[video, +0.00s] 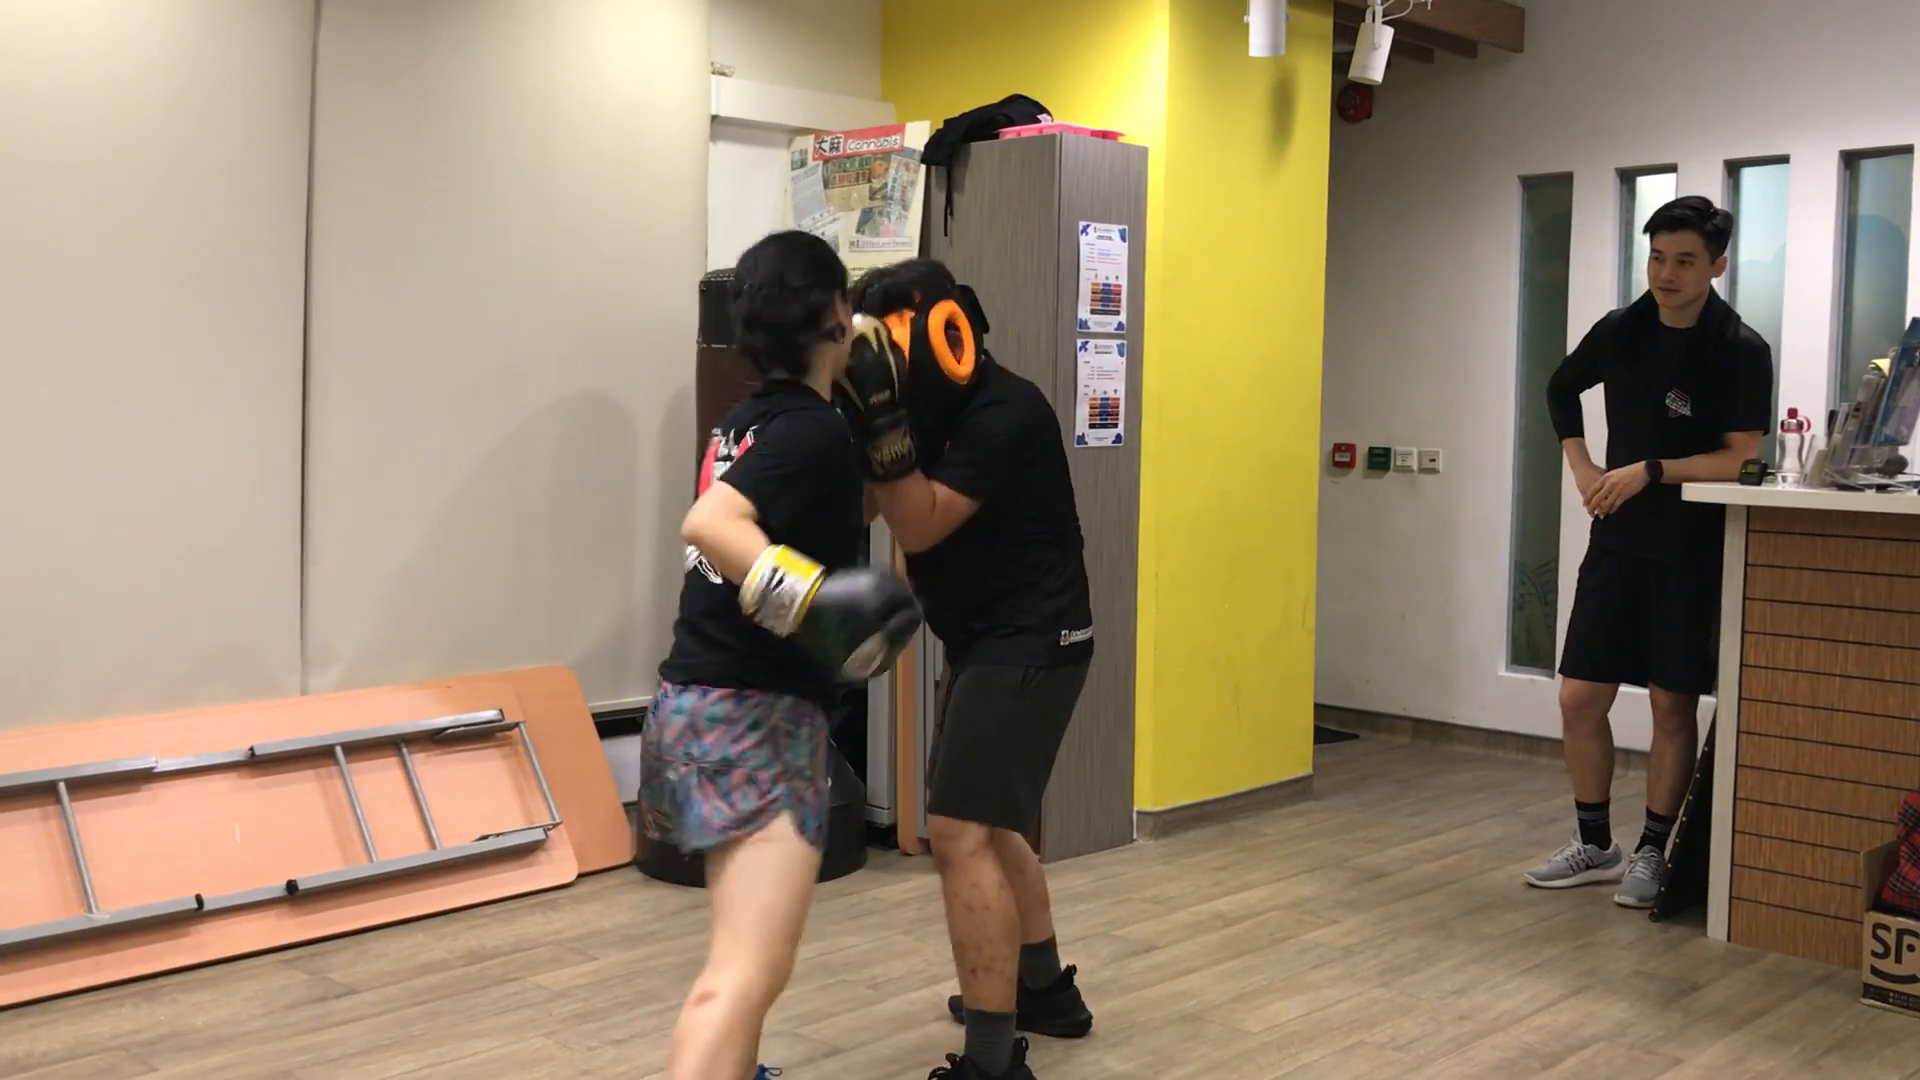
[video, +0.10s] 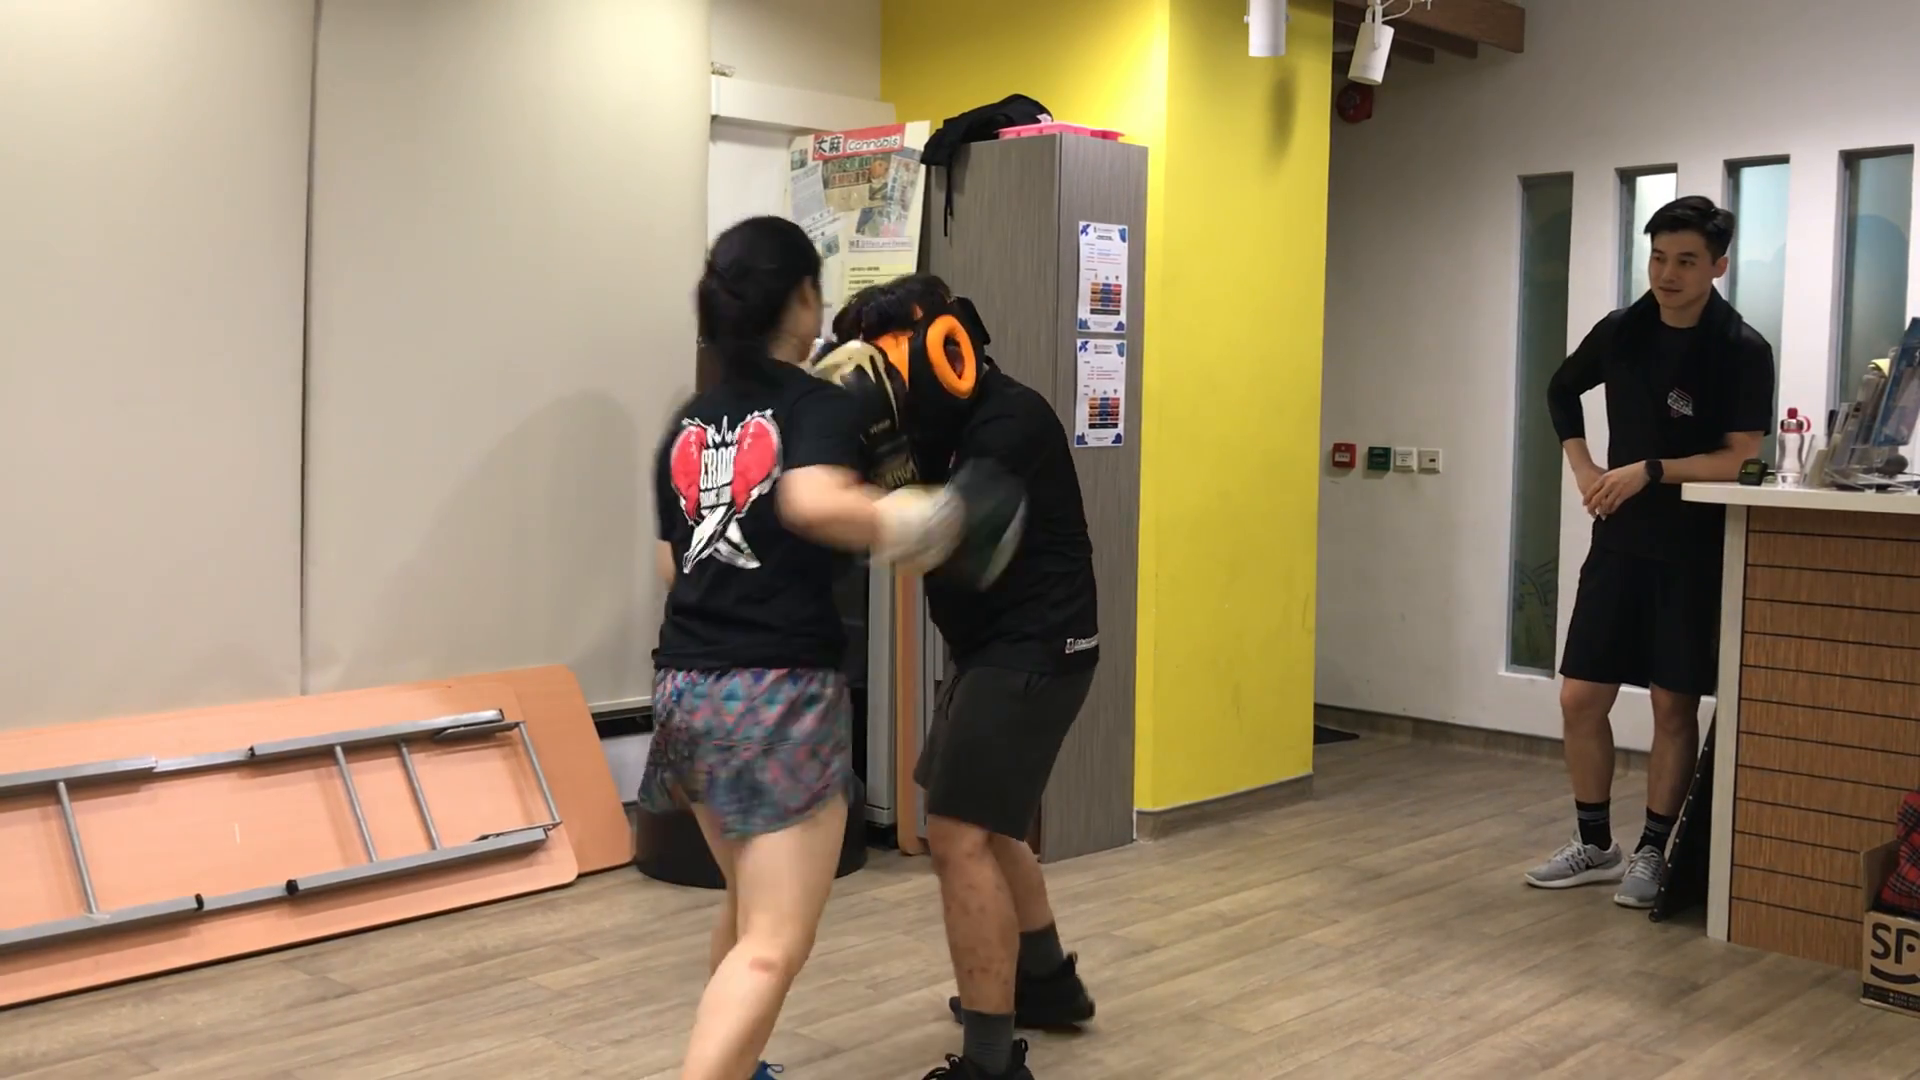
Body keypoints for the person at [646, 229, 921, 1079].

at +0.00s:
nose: (854, 311)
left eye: (850, 299)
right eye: (847, 299)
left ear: (753, 324)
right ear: (835, 315)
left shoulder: (743, 421)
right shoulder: (813, 425)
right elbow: (712, 521)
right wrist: (811, 596)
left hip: (703, 701)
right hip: (755, 710)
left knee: (746, 953)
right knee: (746, 969)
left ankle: (731, 1064)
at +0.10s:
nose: (821, 304)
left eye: (817, 289)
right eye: (817, 289)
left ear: (720, 306)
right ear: (799, 299)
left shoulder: (685, 426)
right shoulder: (818, 404)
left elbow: (679, 568)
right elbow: (811, 501)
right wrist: (925, 517)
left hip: (687, 689)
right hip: (781, 692)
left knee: (745, 908)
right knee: (771, 947)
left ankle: (736, 1062)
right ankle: (701, 1072)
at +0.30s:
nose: (790, 306)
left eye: (786, 294)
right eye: (786, 293)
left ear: (691, 308)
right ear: (773, 300)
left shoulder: (650, 412)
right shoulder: (824, 381)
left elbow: (627, 564)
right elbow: (966, 435)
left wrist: (697, 516)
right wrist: (914, 390)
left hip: (683, 693)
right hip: (799, 689)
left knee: (729, 906)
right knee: (784, 926)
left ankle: (733, 1065)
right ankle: (690, 1074)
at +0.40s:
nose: (810, 315)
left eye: (806, 302)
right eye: (807, 301)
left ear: (711, 312)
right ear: (789, 302)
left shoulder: (655, 407)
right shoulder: (829, 386)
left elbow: (626, 554)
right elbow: (939, 471)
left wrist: (701, 513)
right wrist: (879, 426)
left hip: (679, 694)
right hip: (788, 693)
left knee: (731, 906)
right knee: (793, 929)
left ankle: (734, 1064)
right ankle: (688, 1074)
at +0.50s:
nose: (824, 335)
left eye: (825, 322)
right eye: (822, 320)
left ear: (725, 321)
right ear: (805, 318)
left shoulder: (655, 408)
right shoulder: (826, 404)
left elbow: (596, 548)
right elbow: (917, 497)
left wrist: (675, 521)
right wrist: (837, 472)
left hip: (670, 702)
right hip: (778, 707)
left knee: (732, 906)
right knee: (769, 956)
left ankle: (733, 1062)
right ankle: (703, 1070)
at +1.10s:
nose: (835, 342)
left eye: (832, 325)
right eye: (829, 323)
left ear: (773, 323)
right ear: (793, 320)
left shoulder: (769, 415)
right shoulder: (734, 408)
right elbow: (617, 470)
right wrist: (710, 486)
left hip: (740, 677)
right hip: (703, 681)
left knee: (758, 884)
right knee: (722, 908)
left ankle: (711, 1044)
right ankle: (676, 1069)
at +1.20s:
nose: (795, 348)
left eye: (798, 332)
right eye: (795, 328)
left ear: (723, 315)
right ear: (755, 309)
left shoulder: (660, 385)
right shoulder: (729, 378)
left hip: (644, 649)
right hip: (714, 653)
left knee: (715, 875)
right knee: (728, 889)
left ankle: (709, 1051)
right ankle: (601, 1070)